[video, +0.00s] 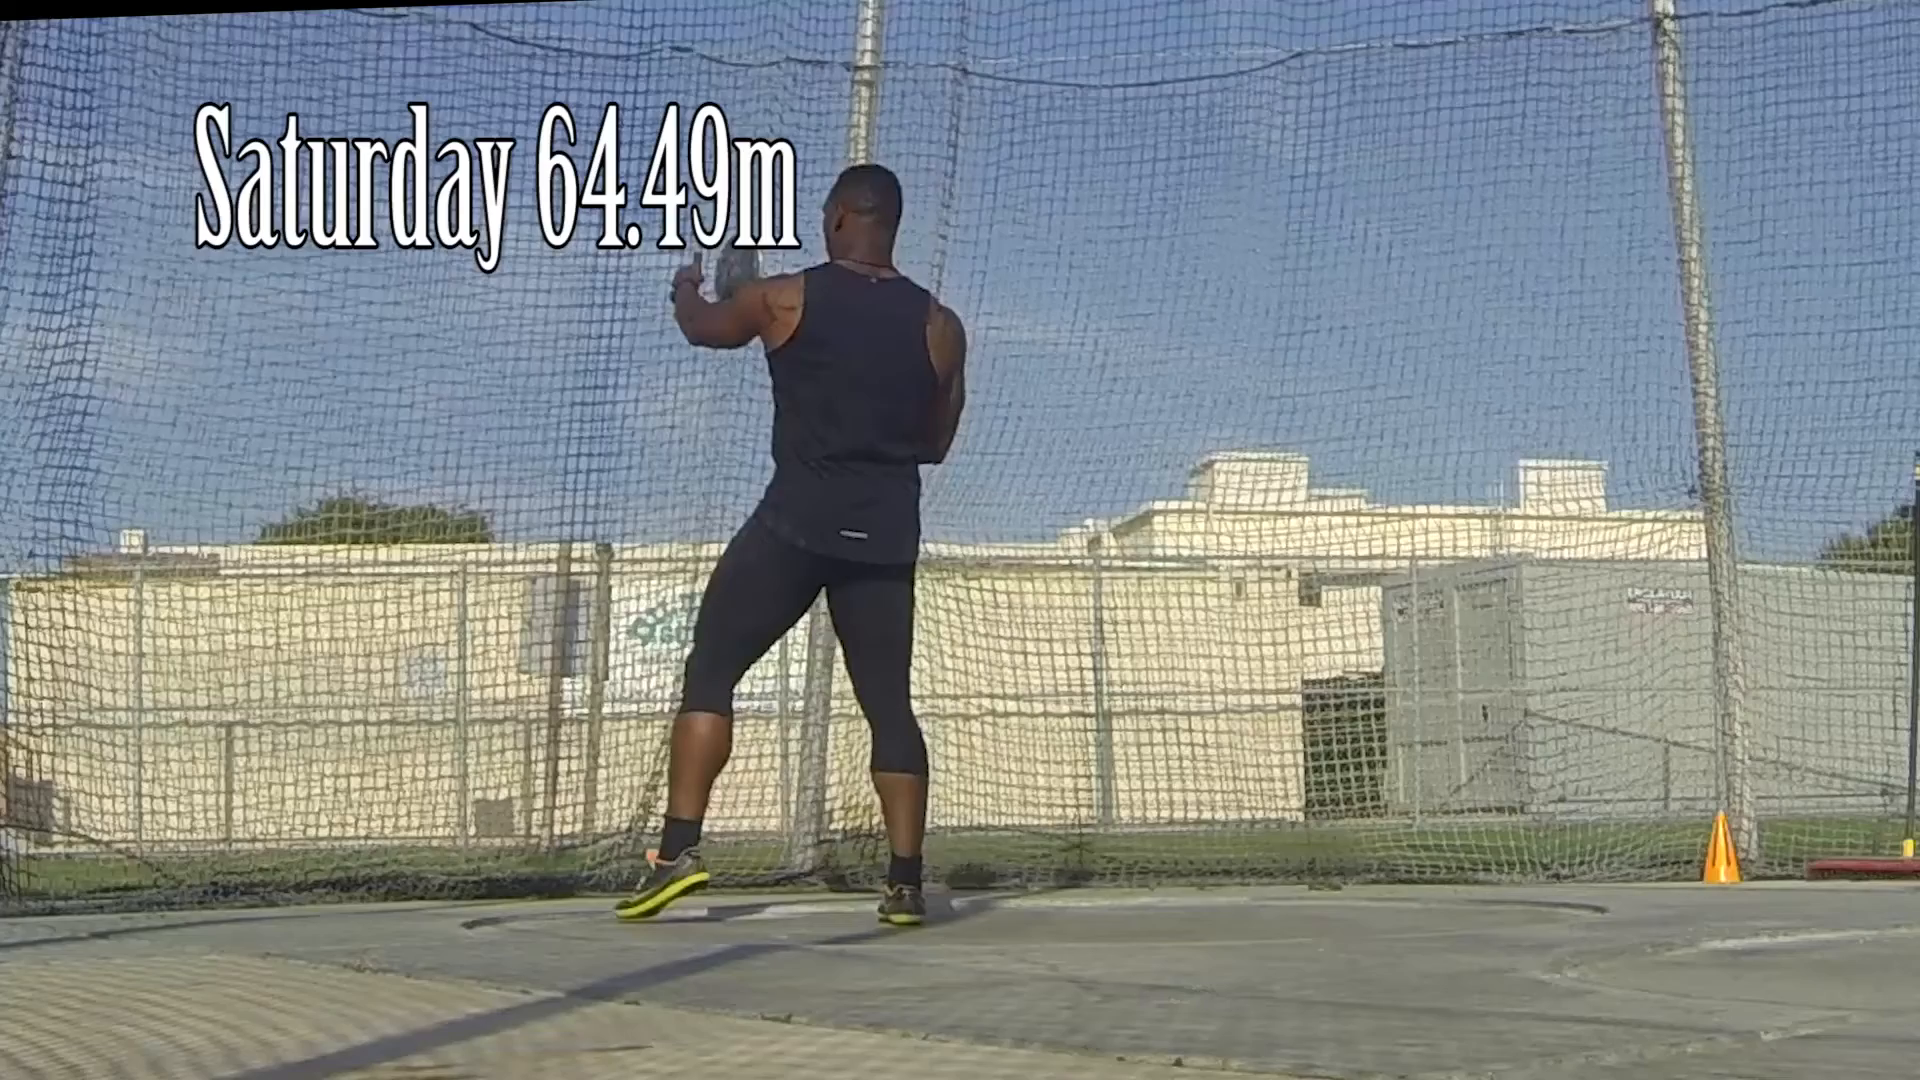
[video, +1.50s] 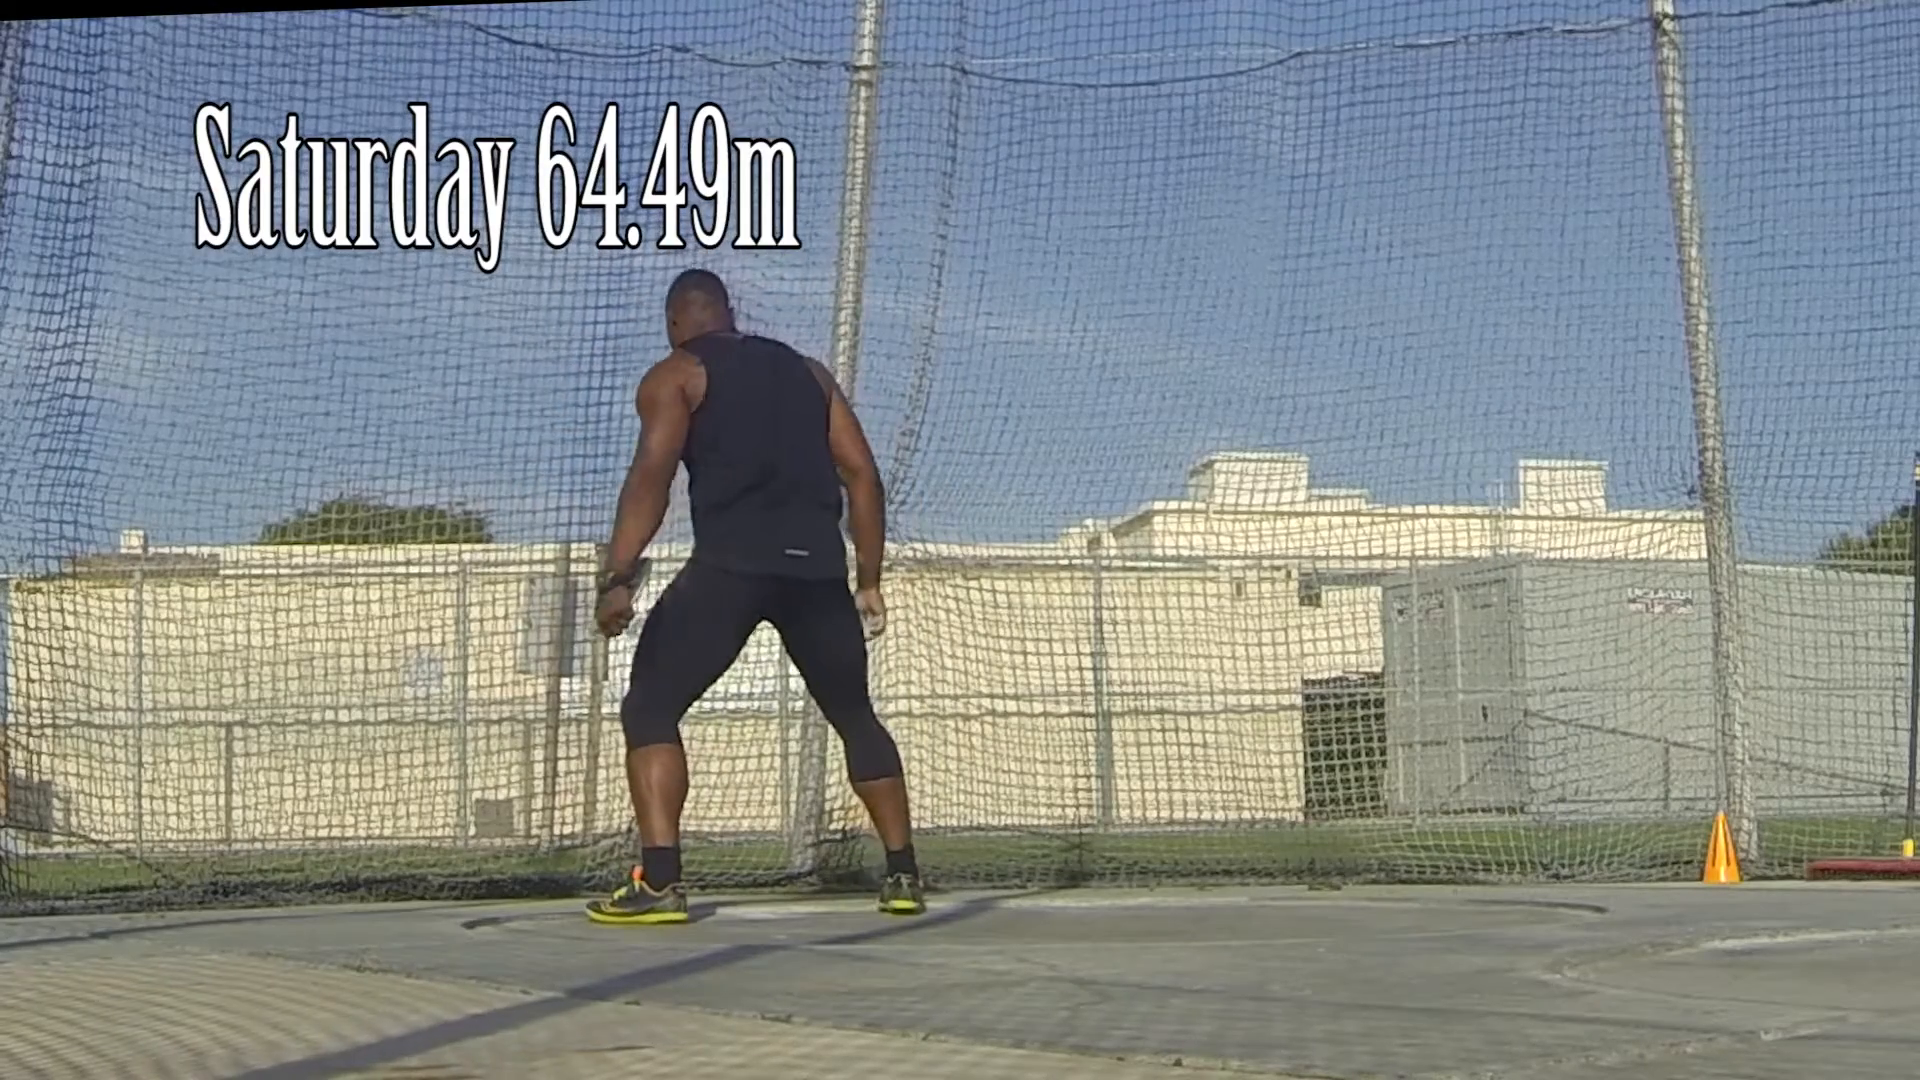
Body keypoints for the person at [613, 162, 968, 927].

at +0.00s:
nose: (826, 232)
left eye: (828, 221)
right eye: (835, 222)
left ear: (835, 221)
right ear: (898, 228)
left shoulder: (785, 297)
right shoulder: (940, 325)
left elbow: (703, 326)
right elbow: (935, 444)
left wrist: (688, 294)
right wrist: (860, 414)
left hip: (795, 523)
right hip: (886, 537)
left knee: (711, 671)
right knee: (890, 702)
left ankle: (677, 851)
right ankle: (907, 883)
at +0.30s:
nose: (743, 253)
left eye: (736, 243)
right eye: (772, 238)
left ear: (731, 246)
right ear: (800, 248)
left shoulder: (695, 316)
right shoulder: (847, 330)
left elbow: (606, 340)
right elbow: (885, 455)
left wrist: (590, 286)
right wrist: (823, 503)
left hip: (730, 544)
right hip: (824, 547)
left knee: (671, 697)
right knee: (851, 705)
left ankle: (662, 879)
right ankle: (895, 868)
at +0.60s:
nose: (662, 261)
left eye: (660, 251)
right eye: (672, 248)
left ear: (653, 265)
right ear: (717, 258)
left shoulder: (636, 347)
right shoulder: (787, 326)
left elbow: (565, 459)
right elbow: (849, 427)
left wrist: (512, 517)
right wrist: (852, 527)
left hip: (704, 545)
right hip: (793, 544)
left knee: (649, 698)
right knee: (828, 685)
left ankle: (660, 880)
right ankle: (888, 832)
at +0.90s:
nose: (658, 319)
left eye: (657, 307)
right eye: (655, 308)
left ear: (669, 301)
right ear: (717, 293)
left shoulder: (677, 362)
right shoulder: (796, 351)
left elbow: (677, 460)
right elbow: (869, 438)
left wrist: (648, 567)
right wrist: (875, 539)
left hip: (731, 564)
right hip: (816, 563)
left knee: (653, 705)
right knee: (849, 710)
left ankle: (661, 882)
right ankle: (899, 869)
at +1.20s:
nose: (696, 348)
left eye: (697, 337)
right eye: (696, 338)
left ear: (707, 328)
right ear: (759, 320)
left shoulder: (724, 355)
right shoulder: (830, 373)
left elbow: (746, 405)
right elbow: (909, 456)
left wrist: (757, 484)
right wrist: (881, 552)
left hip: (756, 557)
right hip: (836, 569)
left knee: (649, 691)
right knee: (859, 719)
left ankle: (646, 861)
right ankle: (901, 877)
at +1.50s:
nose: (671, 335)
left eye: (670, 326)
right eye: (674, 327)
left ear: (677, 322)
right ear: (731, 315)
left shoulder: (675, 375)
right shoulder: (807, 371)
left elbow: (652, 475)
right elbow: (863, 471)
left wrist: (620, 577)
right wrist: (870, 577)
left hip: (728, 570)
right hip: (819, 574)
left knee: (650, 709)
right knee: (856, 715)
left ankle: (659, 882)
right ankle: (903, 873)